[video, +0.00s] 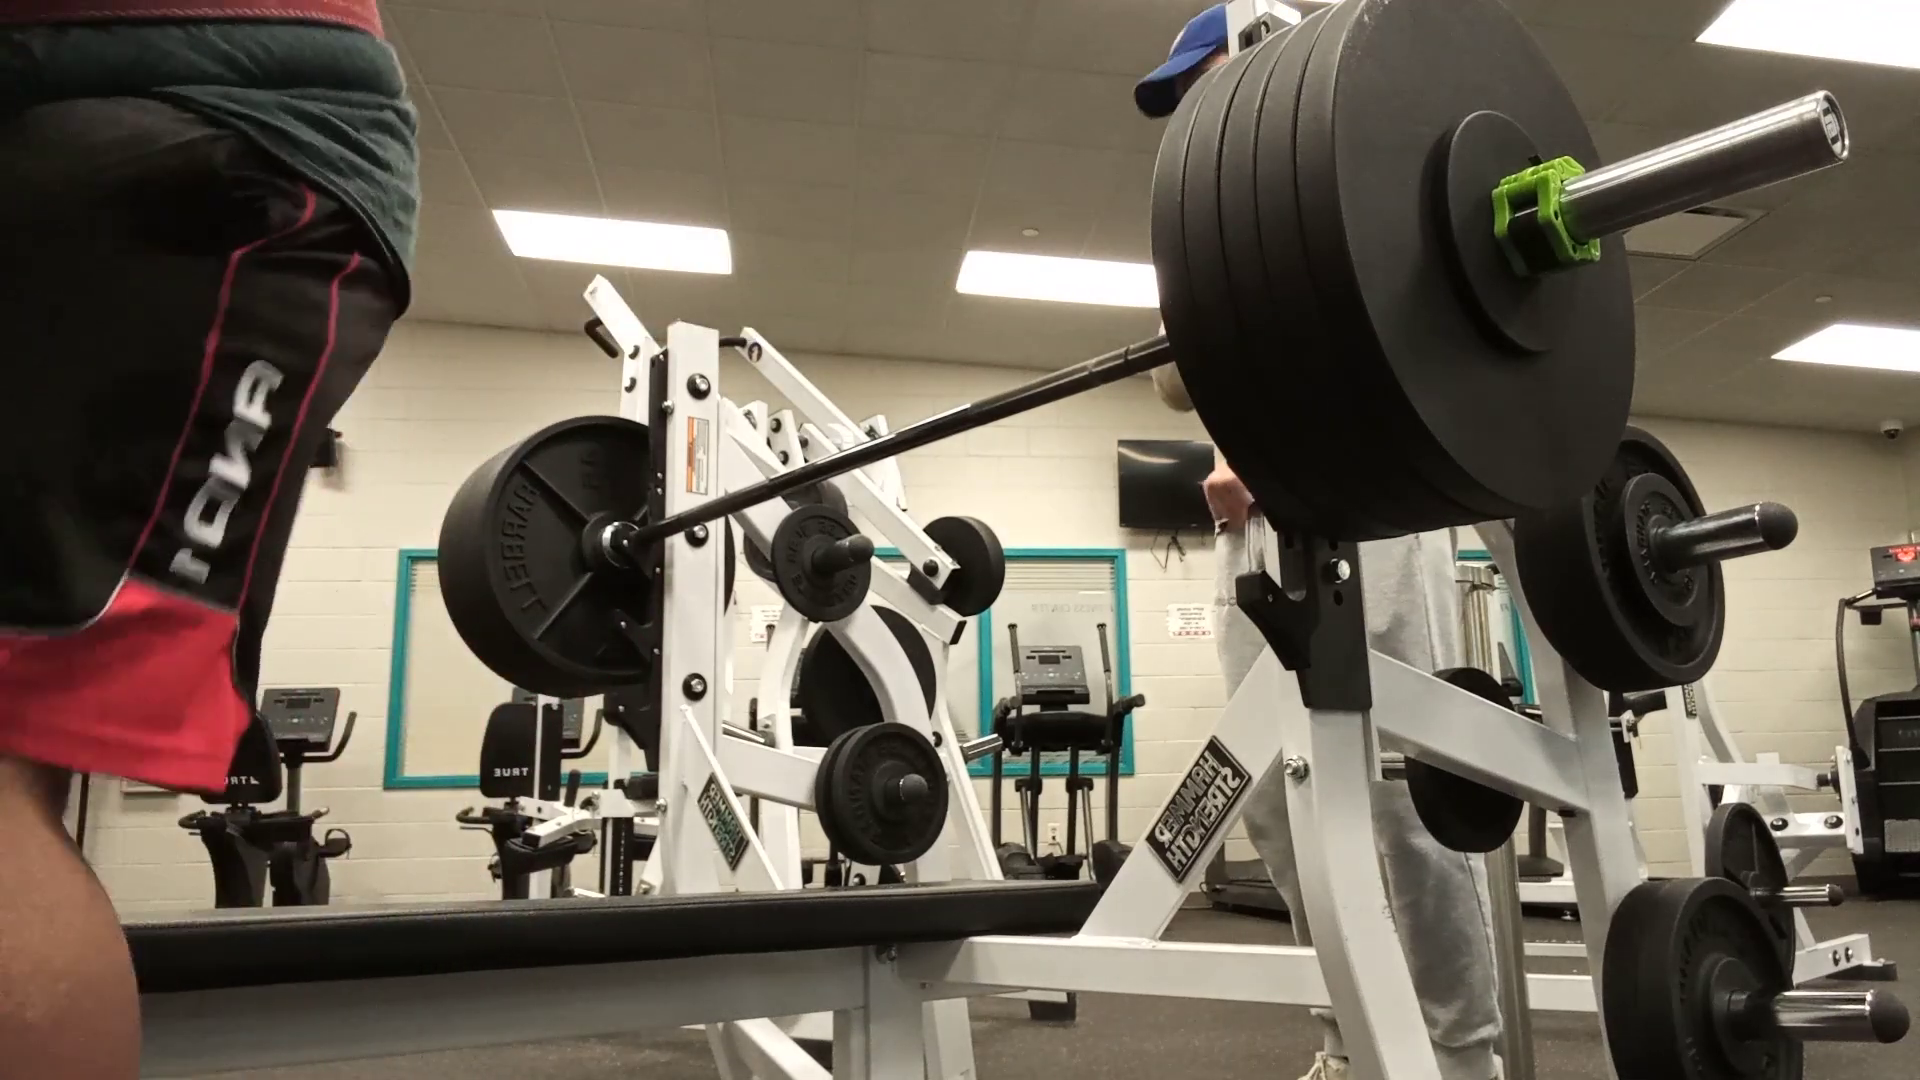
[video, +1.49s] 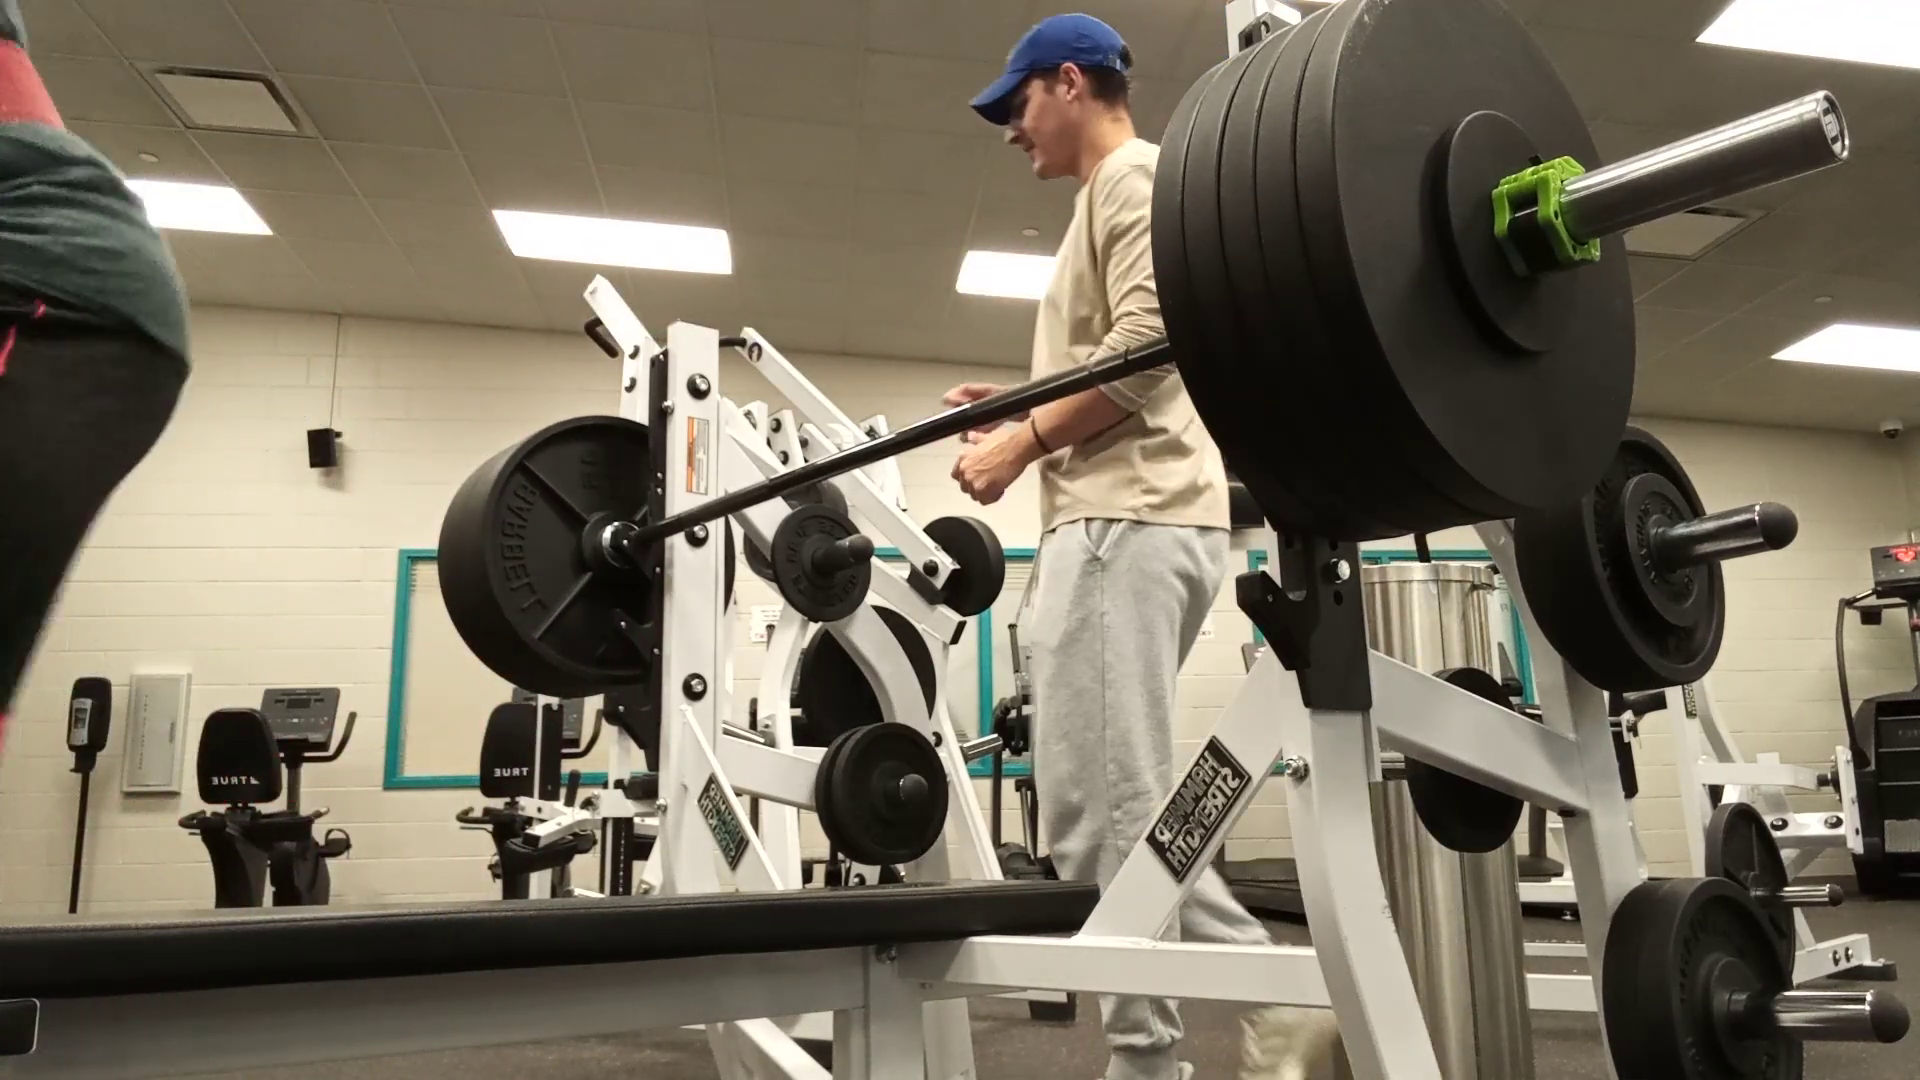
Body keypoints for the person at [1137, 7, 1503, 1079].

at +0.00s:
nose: (1186, 129)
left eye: (1197, 102)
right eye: (1178, 112)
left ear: (1260, 74)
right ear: (1196, 99)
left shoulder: (1334, 160)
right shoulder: (1234, 195)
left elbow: (1377, 330)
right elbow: (1263, 330)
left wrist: (1266, 457)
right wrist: (1237, 456)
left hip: (1368, 523)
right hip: (1273, 525)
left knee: (1397, 798)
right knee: (1280, 804)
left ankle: (1458, 1050)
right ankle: (1360, 1033)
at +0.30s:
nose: (1157, 146)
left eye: (1164, 119)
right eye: (1150, 132)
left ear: (1216, 84)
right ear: (1189, 103)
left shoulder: (1299, 176)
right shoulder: (1217, 208)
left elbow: (1345, 324)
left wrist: (1205, 373)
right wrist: (1193, 365)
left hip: (1330, 522)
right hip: (1243, 533)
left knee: (1358, 792)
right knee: (1265, 812)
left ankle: (1456, 1051)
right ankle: (1364, 1035)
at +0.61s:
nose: (1160, 174)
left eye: (1171, 150)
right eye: (1155, 159)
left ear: (1223, 123)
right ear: (1180, 138)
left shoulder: (1283, 202)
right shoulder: (1203, 244)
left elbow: (1215, 258)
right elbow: (1151, 403)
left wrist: (1061, 276)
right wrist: (1159, 358)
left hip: (1266, 519)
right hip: (1194, 538)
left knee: (1346, 784)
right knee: (1246, 812)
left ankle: (1450, 1047)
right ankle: (1370, 1031)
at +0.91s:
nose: (1132, 180)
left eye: (1139, 156)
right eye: (1129, 167)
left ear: (1187, 128)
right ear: (1164, 150)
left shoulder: (1234, 216)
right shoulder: (1179, 256)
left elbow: (1152, 264)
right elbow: (1121, 416)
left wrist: (1021, 278)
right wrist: (1130, 356)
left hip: (1230, 520)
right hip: (1184, 530)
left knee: (1219, 760)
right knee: (1214, 774)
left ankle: (1353, 998)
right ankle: (1334, 1003)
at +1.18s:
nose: (1086, 168)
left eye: (1093, 143)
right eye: (1083, 152)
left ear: (1142, 122)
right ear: (1151, 131)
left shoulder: (1182, 217)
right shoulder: (1195, 229)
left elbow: (1110, 332)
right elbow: (1114, 410)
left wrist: (973, 388)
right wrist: (1089, 384)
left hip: (1189, 535)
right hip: (1242, 540)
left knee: (1125, 795)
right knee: (1238, 809)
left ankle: (1145, 1056)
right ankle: (1362, 1015)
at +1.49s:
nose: (1013, 126)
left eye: (1021, 101)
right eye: (1010, 109)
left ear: (1072, 83)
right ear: (1082, 90)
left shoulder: (1131, 183)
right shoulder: (1106, 198)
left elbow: (1146, 353)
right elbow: (1117, 369)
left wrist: (1026, 438)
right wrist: (1014, 399)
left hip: (1132, 526)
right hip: (1112, 521)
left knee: (1101, 804)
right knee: (1108, 794)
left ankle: (1144, 1055)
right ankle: (1274, 1000)